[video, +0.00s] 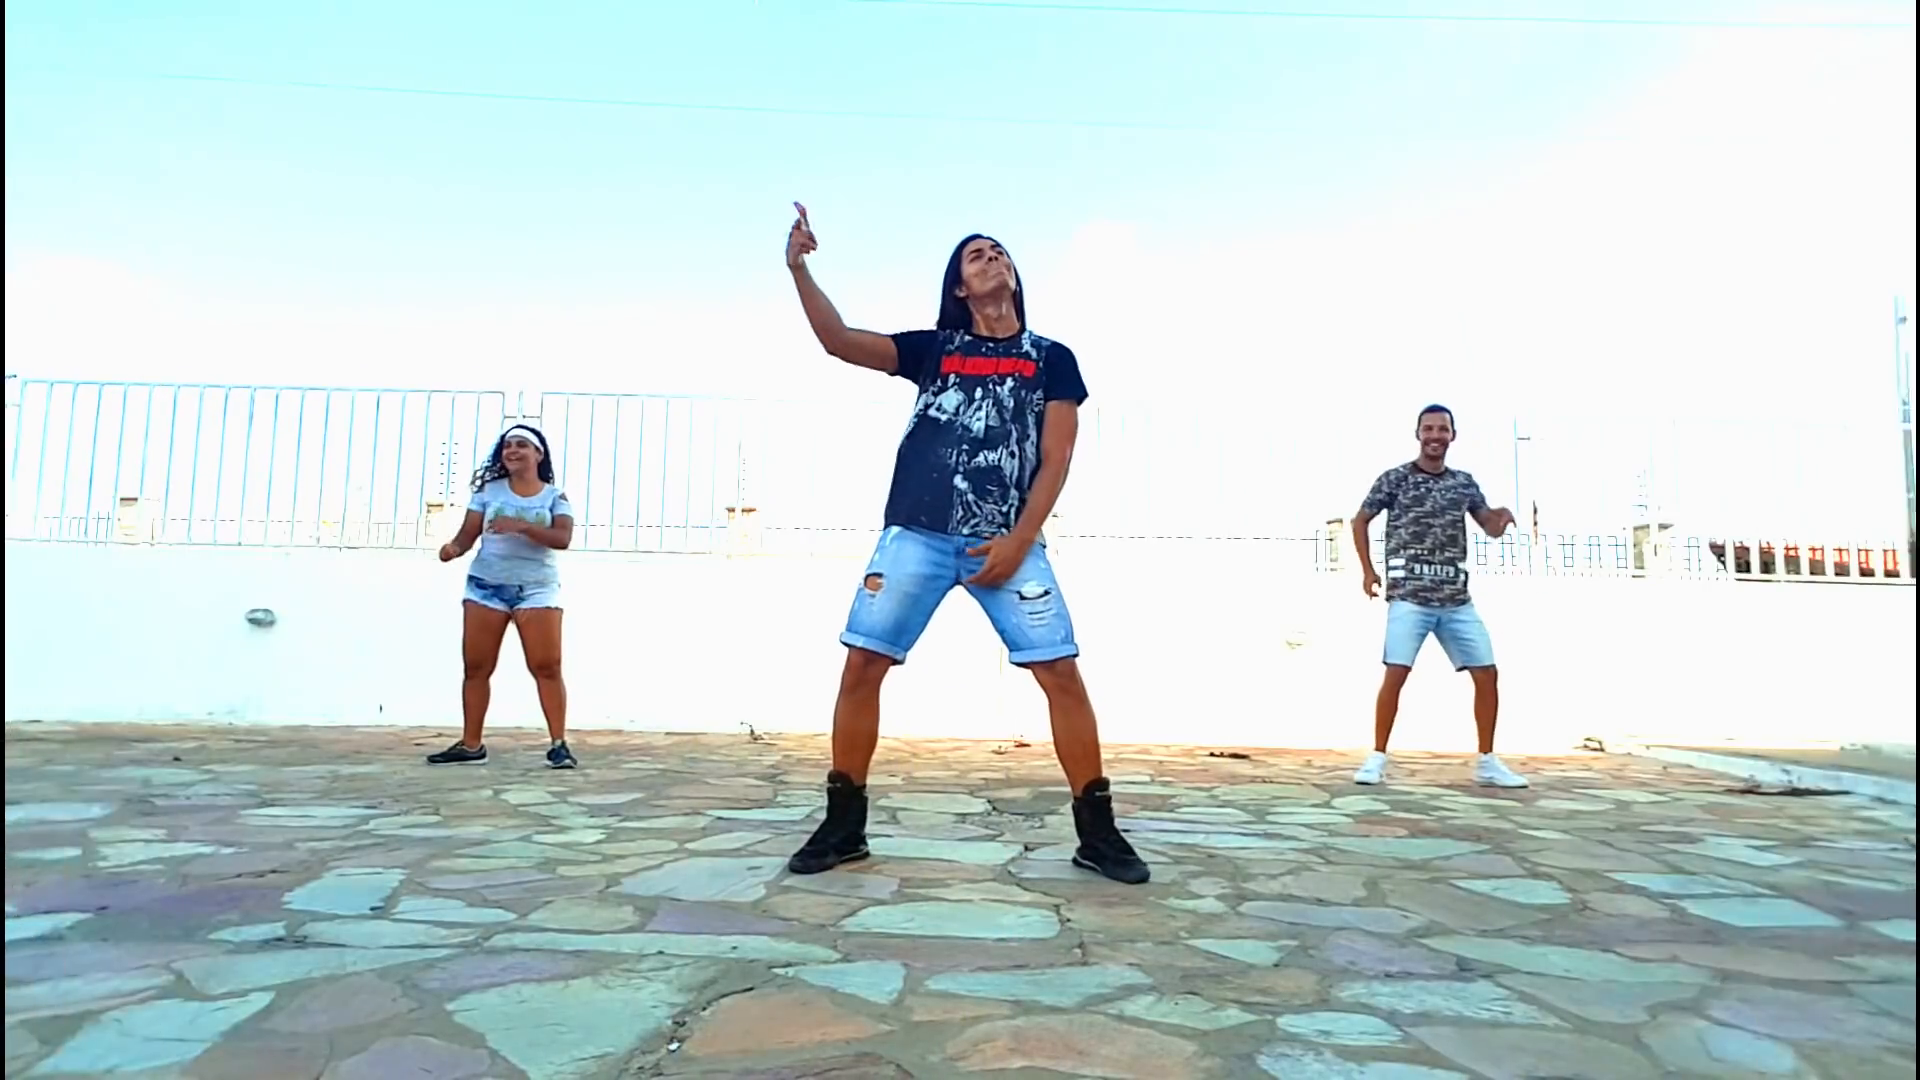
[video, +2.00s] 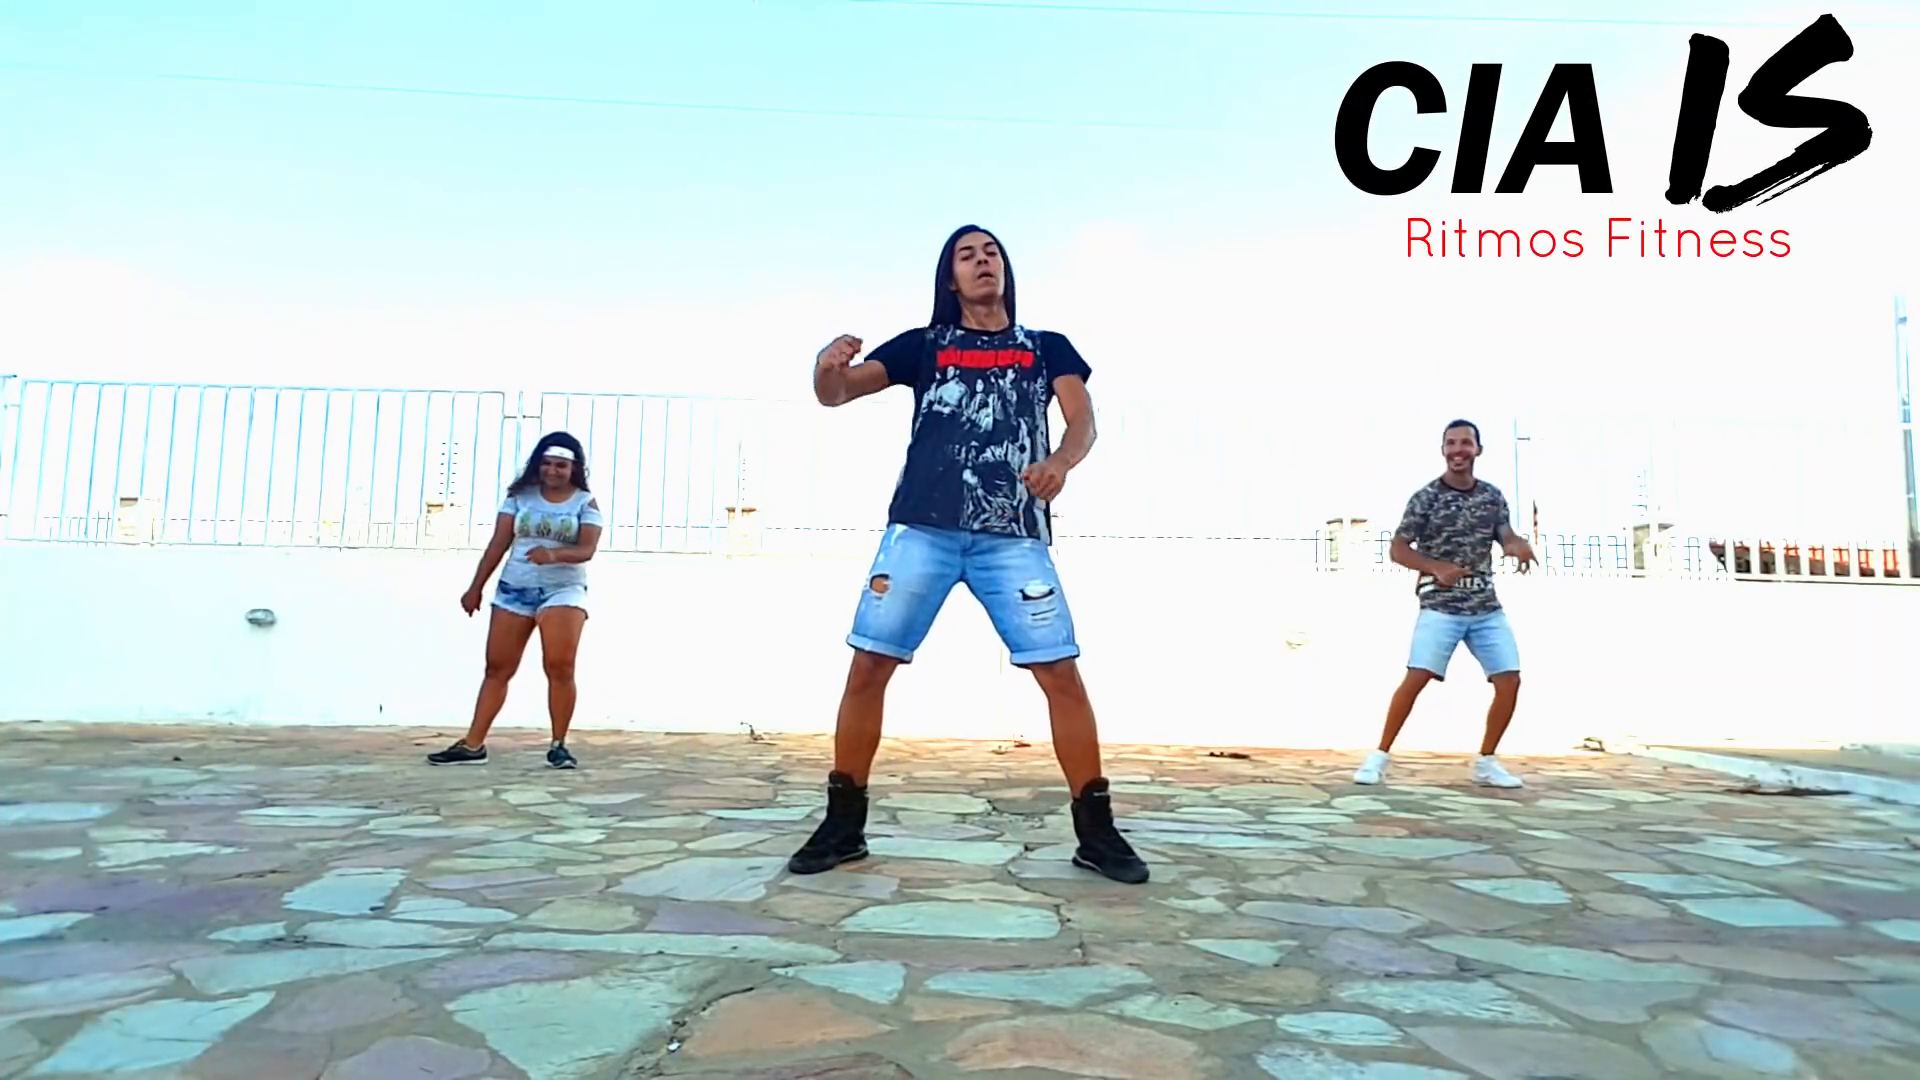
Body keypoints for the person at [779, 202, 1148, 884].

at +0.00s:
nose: (986, 256)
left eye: (994, 251)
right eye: (972, 257)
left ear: (1015, 277)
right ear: (958, 289)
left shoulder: (1051, 359)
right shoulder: (932, 350)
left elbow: (1056, 462)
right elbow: (840, 340)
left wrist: (1020, 539)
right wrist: (799, 267)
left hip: (1010, 541)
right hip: (917, 534)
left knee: (1061, 673)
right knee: (862, 666)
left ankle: (1098, 831)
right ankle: (843, 823)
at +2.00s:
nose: (982, 258)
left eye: (990, 251)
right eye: (967, 253)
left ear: (1007, 271)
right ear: (949, 277)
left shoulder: (1046, 347)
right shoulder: (923, 344)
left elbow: (1082, 423)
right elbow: (835, 394)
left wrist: (1059, 463)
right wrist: (829, 363)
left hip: (1013, 535)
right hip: (922, 529)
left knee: (1061, 672)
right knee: (868, 666)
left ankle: (1097, 831)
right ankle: (842, 825)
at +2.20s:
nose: (975, 262)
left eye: (985, 254)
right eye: (961, 255)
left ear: (1001, 273)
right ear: (943, 276)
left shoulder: (1035, 339)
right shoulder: (923, 345)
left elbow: (1043, 377)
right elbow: (924, 394)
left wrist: (1033, 373)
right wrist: (863, 374)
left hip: (1011, 529)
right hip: (924, 525)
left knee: (1054, 669)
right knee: (871, 664)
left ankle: (1094, 828)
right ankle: (843, 822)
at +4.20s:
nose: (958, 274)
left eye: (970, 263)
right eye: (947, 270)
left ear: (997, 277)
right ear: (940, 292)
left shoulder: (1036, 344)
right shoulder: (919, 358)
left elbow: (1048, 372)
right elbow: (864, 429)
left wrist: (1009, 365)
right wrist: (901, 387)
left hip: (1016, 535)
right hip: (929, 532)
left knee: (1067, 668)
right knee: (870, 665)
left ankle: (1098, 832)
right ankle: (840, 823)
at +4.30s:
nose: (943, 272)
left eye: (956, 260)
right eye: (941, 267)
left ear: (992, 271)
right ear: (946, 286)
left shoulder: (1044, 340)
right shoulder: (931, 350)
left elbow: (1049, 372)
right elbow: (855, 423)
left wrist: (1004, 371)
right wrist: (840, 349)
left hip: (1017, 534)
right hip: (930, 530)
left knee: (1066, 667)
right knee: (873, 666)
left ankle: (1098, 831)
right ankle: (841, 824)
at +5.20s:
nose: (1005, 250)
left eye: (1009, 242)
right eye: (987, 246)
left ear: (1022, 263)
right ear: (962, 273)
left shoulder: (1058, 335)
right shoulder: (941, 354)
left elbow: (1052, 399)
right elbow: (895, 445)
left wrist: (1013, 444)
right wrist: (813, 454)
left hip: (1020, 537)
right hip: (931, 531)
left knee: (1074, 669)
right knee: (876, 667)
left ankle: (1100, 832)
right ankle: (843, 824)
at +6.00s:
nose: (909, 288)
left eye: (918, 276)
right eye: (895, 280)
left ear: (938, 287)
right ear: (876, 298)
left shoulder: (969, 362)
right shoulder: (854, 369)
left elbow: (989, 388)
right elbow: (826, 411)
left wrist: (944, 380)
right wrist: (892, 408)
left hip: (953, 561)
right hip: (862, 558)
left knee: (1011, 684)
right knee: (779, 673)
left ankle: (1033, 824)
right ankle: (755, 816)